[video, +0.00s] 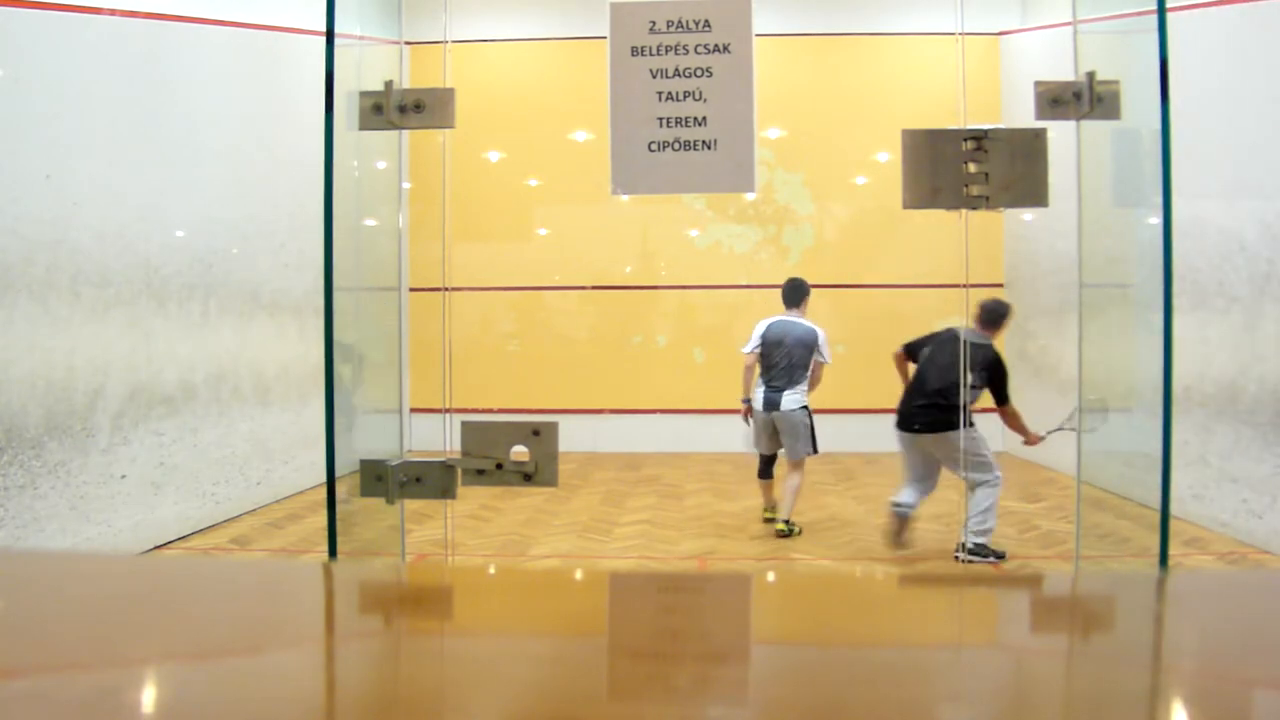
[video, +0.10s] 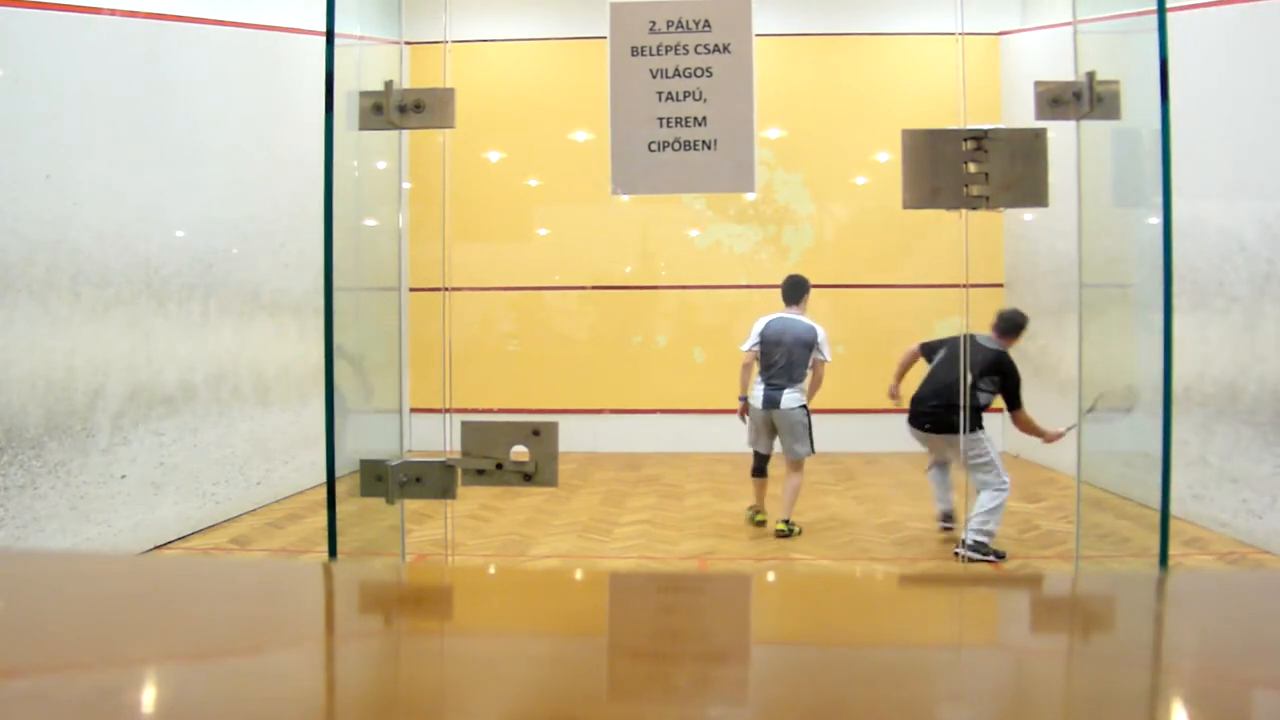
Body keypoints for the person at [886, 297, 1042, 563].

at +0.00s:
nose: (1000, 328)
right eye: (1002, 324)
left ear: (976, 317)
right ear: (1001, 326)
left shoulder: (946, 336)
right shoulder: (990, 356)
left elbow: (900, 355)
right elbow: (1005, 410)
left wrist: (910, 389)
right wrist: (1027, 434)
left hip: (910, 417)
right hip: (948, 421)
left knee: (920, 479)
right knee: (987, 479)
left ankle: (902, 505)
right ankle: (974, 543)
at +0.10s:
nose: (1019, 340)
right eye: (1020, 335)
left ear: (994, 325)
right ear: (1016, 337)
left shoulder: (960, 341)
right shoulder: (1004, 364)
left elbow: (914, 351)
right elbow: (1018, 417)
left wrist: (895, 382)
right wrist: (1045, 435)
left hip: (921, 420)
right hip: (960, 425)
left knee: (938, 460)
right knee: (995, 484)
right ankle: (975, 541)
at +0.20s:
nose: (1029, 351)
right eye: (1030, 347)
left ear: (1006, 335)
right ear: (1029, 348)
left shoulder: (975, 346)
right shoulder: (1014, 373)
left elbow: (932, 347)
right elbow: (1032, 422)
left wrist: (893, 368)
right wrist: (1066, 427)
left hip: (926, 417)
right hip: (957, 424)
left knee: (955, 453)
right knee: (988, 477)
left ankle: (960, 500)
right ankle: (975, 534)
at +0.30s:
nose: (1040, 364)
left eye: (1040, 359)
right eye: (1040, 360)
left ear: (1018, 349)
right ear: (1036, 361)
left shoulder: (985, 358)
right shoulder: (1018, 381)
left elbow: (948, 354)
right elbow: (1042, 426)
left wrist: (912, 366)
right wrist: (1078, 424)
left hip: (933, 417)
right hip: (957, 422)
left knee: (969, 450)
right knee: (973, 470)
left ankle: (979, 483)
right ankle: (967, 524)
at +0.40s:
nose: (1041, 380)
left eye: (1043, 376)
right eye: (1043, 376)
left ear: (1021, 365)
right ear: (1039, 377)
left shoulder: (991, 372)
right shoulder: (1022, 396)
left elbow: (952, 374)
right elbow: (1043, 441)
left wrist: (922, 391)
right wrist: (1072, 440)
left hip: (938, 422)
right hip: (962, 430)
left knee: (980, 443)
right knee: (969, 480)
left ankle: (981, 495)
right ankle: (936, 519)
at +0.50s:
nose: (1036, 391)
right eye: (1037, 388)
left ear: (1018, 376)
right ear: (1034, 389)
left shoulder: (992, 379)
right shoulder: (1023, 407)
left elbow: (948, 393)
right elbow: (1027, 442)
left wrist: (931, 420)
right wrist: (1035, 451)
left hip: (946, 414)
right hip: (971, 430)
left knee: (979, 451)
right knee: (959, 479)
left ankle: (981, 495)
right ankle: (916, 504)